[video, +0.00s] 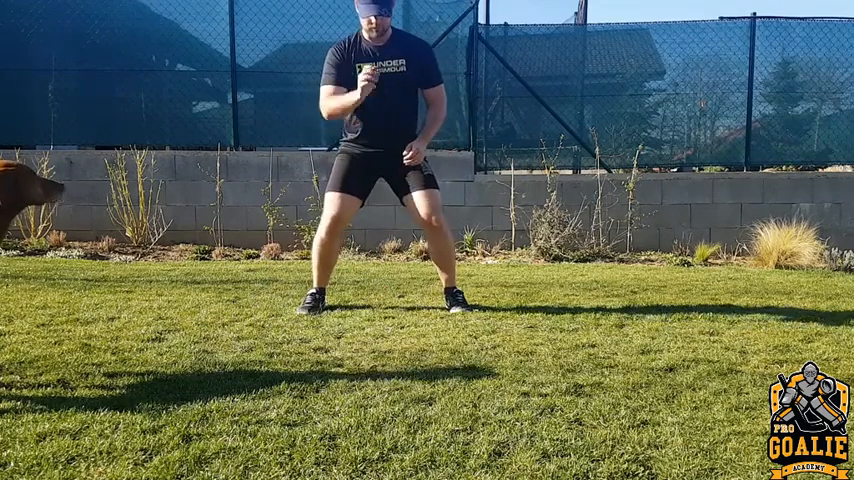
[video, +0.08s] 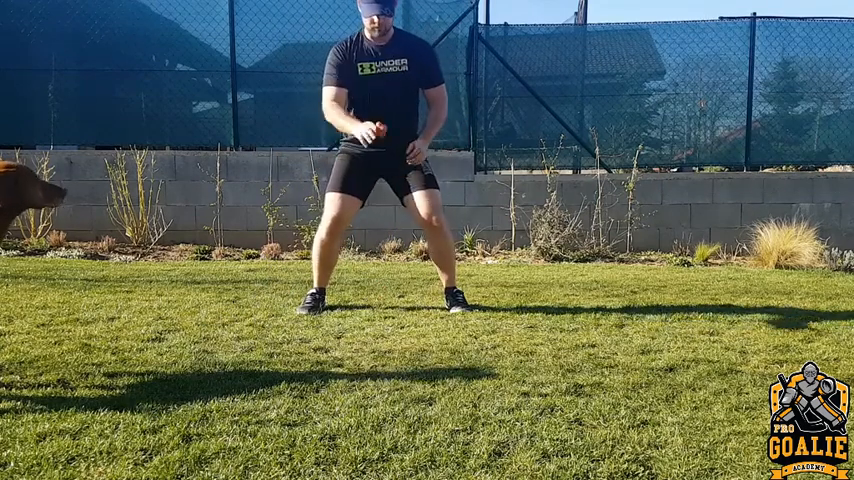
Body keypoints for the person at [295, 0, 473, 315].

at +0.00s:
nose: (374, 22)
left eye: (380, 15)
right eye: (367, 16)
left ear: (390, 13)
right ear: (358, 14)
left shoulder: (417, 50)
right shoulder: (341, 52)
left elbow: (437, 104)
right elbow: (328, 108)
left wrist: (422, 141)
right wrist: (358, 94)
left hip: (405, 148)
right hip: (357, 148)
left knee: (433, 218)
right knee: (332, 220)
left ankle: (452, 291)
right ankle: (317, 293)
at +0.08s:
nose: (376, 20)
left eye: (383, 14)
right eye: (369, 14)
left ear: (393, 12)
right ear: (360, 14)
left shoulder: (419, 50)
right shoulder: (342, 53)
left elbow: (438, 104)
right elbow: (331, 106)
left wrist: (425, 140)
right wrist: (356, 127)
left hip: (405, 148)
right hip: (358, 148)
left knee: (433, 218)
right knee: (333, 219)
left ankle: (452, 291)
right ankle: (317, 293)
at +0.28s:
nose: (382, 19)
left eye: (389, 13)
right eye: (375, 13)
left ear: (397, 12)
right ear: (365, 12)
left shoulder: (421, 51)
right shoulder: (343, 53)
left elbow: (439, 104)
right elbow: (327, 112)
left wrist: (431, 136)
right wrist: (320, 162)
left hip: (405, 151)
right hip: (357, 152)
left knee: (434, 219)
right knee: (333, 223)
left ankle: (452, 291)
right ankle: (317, 293)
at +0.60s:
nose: (416, 30)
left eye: (420, 23)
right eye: (410, 22)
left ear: (424, 20)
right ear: (388, 16)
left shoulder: (431, 63)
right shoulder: (354, 56)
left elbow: (449, 118)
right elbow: (327, 109)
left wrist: (471, 161)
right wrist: (319, 160)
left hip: (411, 154)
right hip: (363, 154)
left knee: (446, 216)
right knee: (338, 224)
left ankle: (464, 290)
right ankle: (317, 293)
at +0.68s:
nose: (435, 35)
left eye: (439, 29)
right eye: (429, 27)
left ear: (443, 27)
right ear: (407, 19)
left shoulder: (444, 70)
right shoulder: (369, 58)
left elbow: (465, 125)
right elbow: (338, 111)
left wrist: (488, 166)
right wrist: (331, 163)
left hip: (420, 158)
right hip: (372, 156)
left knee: (455, 216)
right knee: (345, 226)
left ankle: (473, 294)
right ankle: (318, 293)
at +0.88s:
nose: (478, 52)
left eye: (483, 47)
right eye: (473, 44)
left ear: (488, 42)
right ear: (455, 33)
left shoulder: (484, 87)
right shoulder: (414, 68)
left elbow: (497, 141)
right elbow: (376, 118)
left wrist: (515, 141)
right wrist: (381, 165)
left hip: (443, 168)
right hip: (395, 163)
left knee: (474, 218)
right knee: (356, 231)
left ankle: (473, 296)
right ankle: (320, 293)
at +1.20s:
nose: (456, 36)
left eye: (464, 30)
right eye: (451, 28)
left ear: (472, 30)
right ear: (437, 19)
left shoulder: (477, 75)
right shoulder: (404, 60)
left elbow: (491, 129)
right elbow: (380, 114)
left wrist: (475, 145)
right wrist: (414, 145)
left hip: (445, 159)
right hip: (394, 153)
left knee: (466, 218)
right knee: (355, 223)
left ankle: (473, 295)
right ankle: (324, 292)